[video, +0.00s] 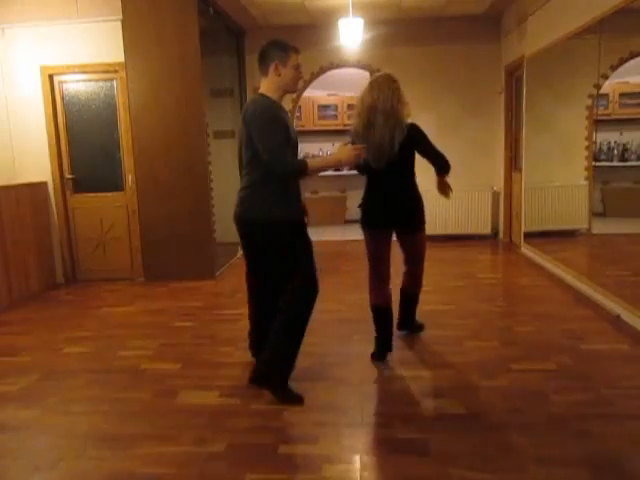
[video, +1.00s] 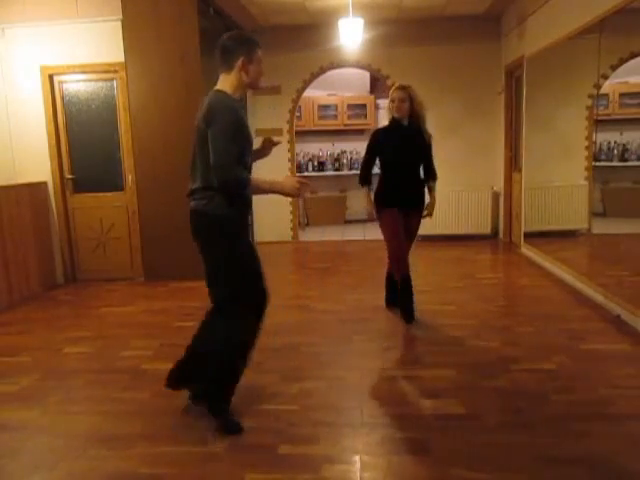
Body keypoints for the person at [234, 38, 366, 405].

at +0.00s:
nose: (300, 76)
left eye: (300, 69)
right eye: (295, 68)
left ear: (271, 70)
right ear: (274, 69)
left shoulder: (263, 109)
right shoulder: (265, 111)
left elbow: (284, 167)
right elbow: (283, 167)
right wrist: (332, 160)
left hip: (263, 217)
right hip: (273, 218)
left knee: (266, 289)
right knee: (302, 288)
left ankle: (265, 364)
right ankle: (275, 373)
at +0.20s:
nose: (301, 71)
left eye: (301, 64)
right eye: (298, 64)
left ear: (274, 62)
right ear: (281, 62)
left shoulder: (262, 101)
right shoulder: (262, 104)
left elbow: (275, 162)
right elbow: (275, 164)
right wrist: (327, 167)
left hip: (264, 217)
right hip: (270, 219)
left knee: (273, 290)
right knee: (293, 295)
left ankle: (244, 342)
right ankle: (269, 377)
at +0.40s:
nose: (295, 72)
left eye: (295, 64)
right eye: (293, 64)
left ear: (270, 61)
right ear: (277, 61)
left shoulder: (264, 103)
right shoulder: (248, 103)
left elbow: (267, 167)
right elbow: (247, 170)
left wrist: (307, 167)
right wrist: (300, 182)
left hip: (269, 223)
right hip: (252, 225)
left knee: (291, 298)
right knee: (266, 305)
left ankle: (267, 386)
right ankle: (218, 390)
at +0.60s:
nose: (286, 74)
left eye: (287, 66)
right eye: (285, 65)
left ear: (262, 59)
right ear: (270, 60)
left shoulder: (250, 101)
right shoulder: (242, 99)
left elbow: (250, 166)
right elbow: (233, 166)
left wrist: (289, 165)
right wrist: (284, 188)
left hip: (244, 221)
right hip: (232, 222)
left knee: (277, 297)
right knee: (236, 307)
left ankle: (273, 389)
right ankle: (201, 410)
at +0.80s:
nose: (272, 72)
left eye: (271, 64)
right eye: (270, 64)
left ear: (244, 60)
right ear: (257, 62)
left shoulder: (229, 100)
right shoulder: (233, 104)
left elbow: (231, 171)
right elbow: (235, 175)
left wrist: (268, 165)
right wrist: (286, 190)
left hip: (222, 216)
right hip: (221, 220)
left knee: (269, 279)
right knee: (225, 309)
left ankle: (229, 359)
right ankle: (198, 417)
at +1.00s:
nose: (260, 73)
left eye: (259, 66)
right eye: (258, 66)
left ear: (231, 64)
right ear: (243, 65)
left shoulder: (219, 103)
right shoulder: (224, 108)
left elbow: (224, 167)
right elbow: (228, 176)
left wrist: (259, 151)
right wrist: (277, 185)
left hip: (213, 214)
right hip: (219, 217)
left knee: (231, 300)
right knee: (249, 299)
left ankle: (194, 373)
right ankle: (215, 395)